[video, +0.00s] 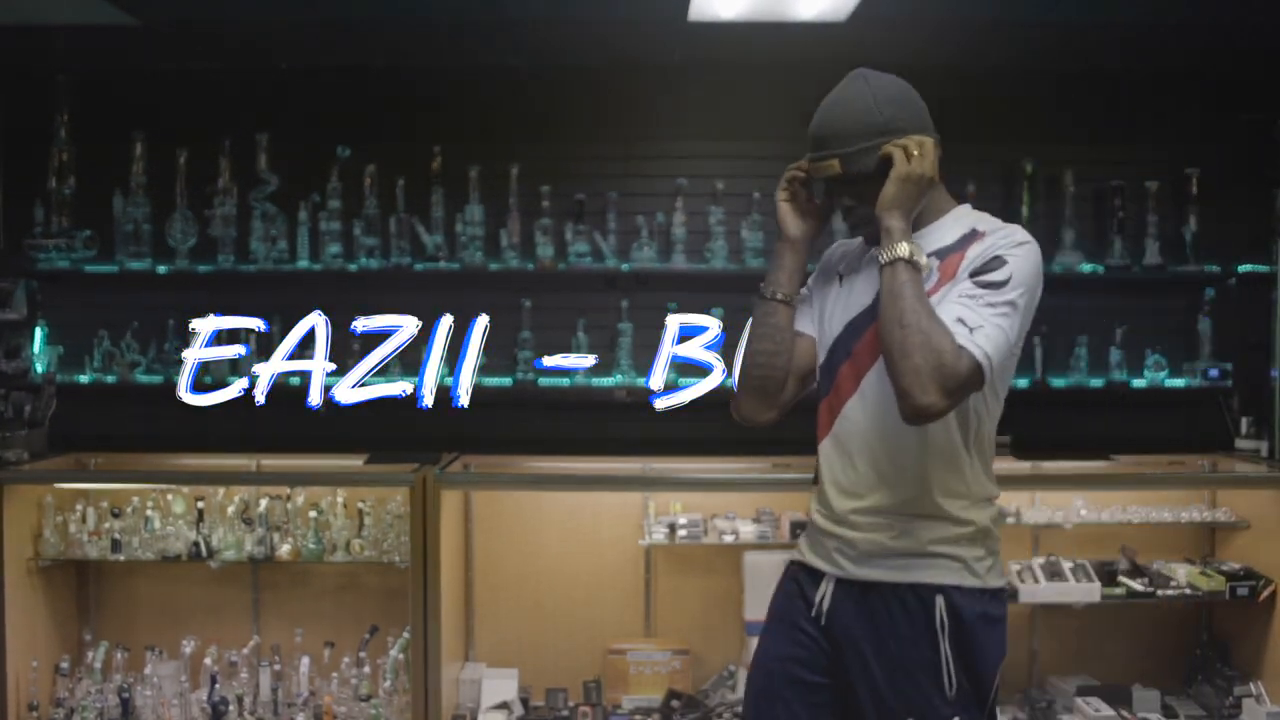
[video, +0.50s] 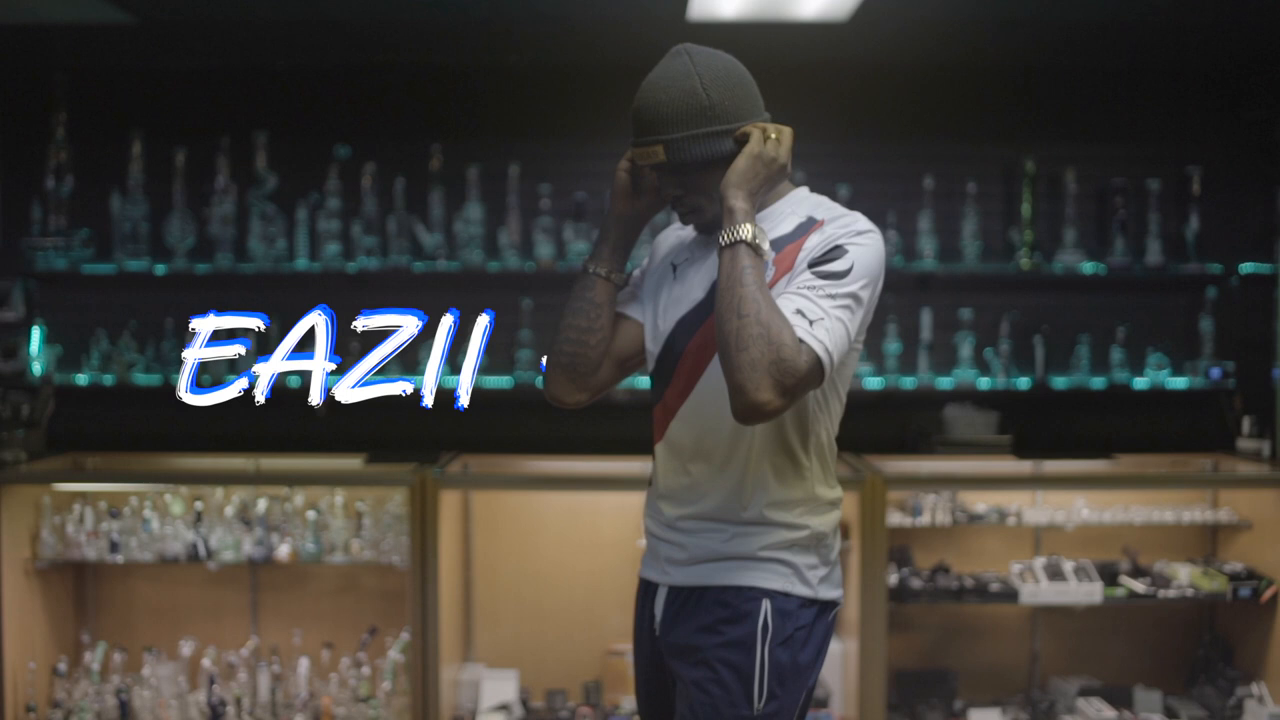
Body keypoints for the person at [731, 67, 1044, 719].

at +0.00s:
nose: (843, 200)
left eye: (855, 181)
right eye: (832, 185)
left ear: (912, 164)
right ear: (824, 186)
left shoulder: (1005, 252)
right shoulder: (842, 261)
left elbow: (925, 391)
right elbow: (756, 403)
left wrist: (895, 223)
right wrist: (791, 244)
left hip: (932, 599)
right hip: (817, 583)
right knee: (771, 708)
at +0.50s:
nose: (675, 210)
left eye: (686, 188)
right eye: (666, 192)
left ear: (743, 156)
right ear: (660, 178)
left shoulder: (845, 240)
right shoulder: (676, 244)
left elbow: (759, 390)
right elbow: (570, 384)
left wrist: (739, 208)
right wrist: (620, 222)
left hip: (764, 583)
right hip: (665, 576)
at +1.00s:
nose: (551, 164)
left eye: (553, 142)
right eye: (544, 147)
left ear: (584, 136)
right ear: (640, 114)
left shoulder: (768, 218)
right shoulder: (576, 227)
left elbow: (653, 289)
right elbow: (405, 252)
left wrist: (675, 127)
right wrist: (529, 150)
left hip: (668, 641)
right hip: (542, 623)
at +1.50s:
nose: (520, 180)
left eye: (546, 149)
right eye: (500, 155)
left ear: (610, 117)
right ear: (477, 139)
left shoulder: (712, 213)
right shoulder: (465, 214)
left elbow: (699, 323)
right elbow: (263, 269)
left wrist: (655, 126)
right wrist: (431, 131)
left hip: (617, 670)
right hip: (444, 657)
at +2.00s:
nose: (338, 91)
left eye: (369, 65)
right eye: (312, 64)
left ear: (421, 69)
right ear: (281, 75)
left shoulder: (532, 204)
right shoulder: (230, 250)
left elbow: (624, 438)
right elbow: (199, 524)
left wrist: (625, 470)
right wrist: (79, 465)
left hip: (514, 672)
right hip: (320, 677)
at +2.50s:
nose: (305, 106)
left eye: (335, 72)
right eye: (272, 75)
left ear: (377, 57)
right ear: (222, 69)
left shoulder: (492, 197)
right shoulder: (154, 260)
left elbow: (575, 449)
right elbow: (146, 552)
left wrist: (669, 676)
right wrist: (130, 718)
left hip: (508, 678)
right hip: (296, 691)